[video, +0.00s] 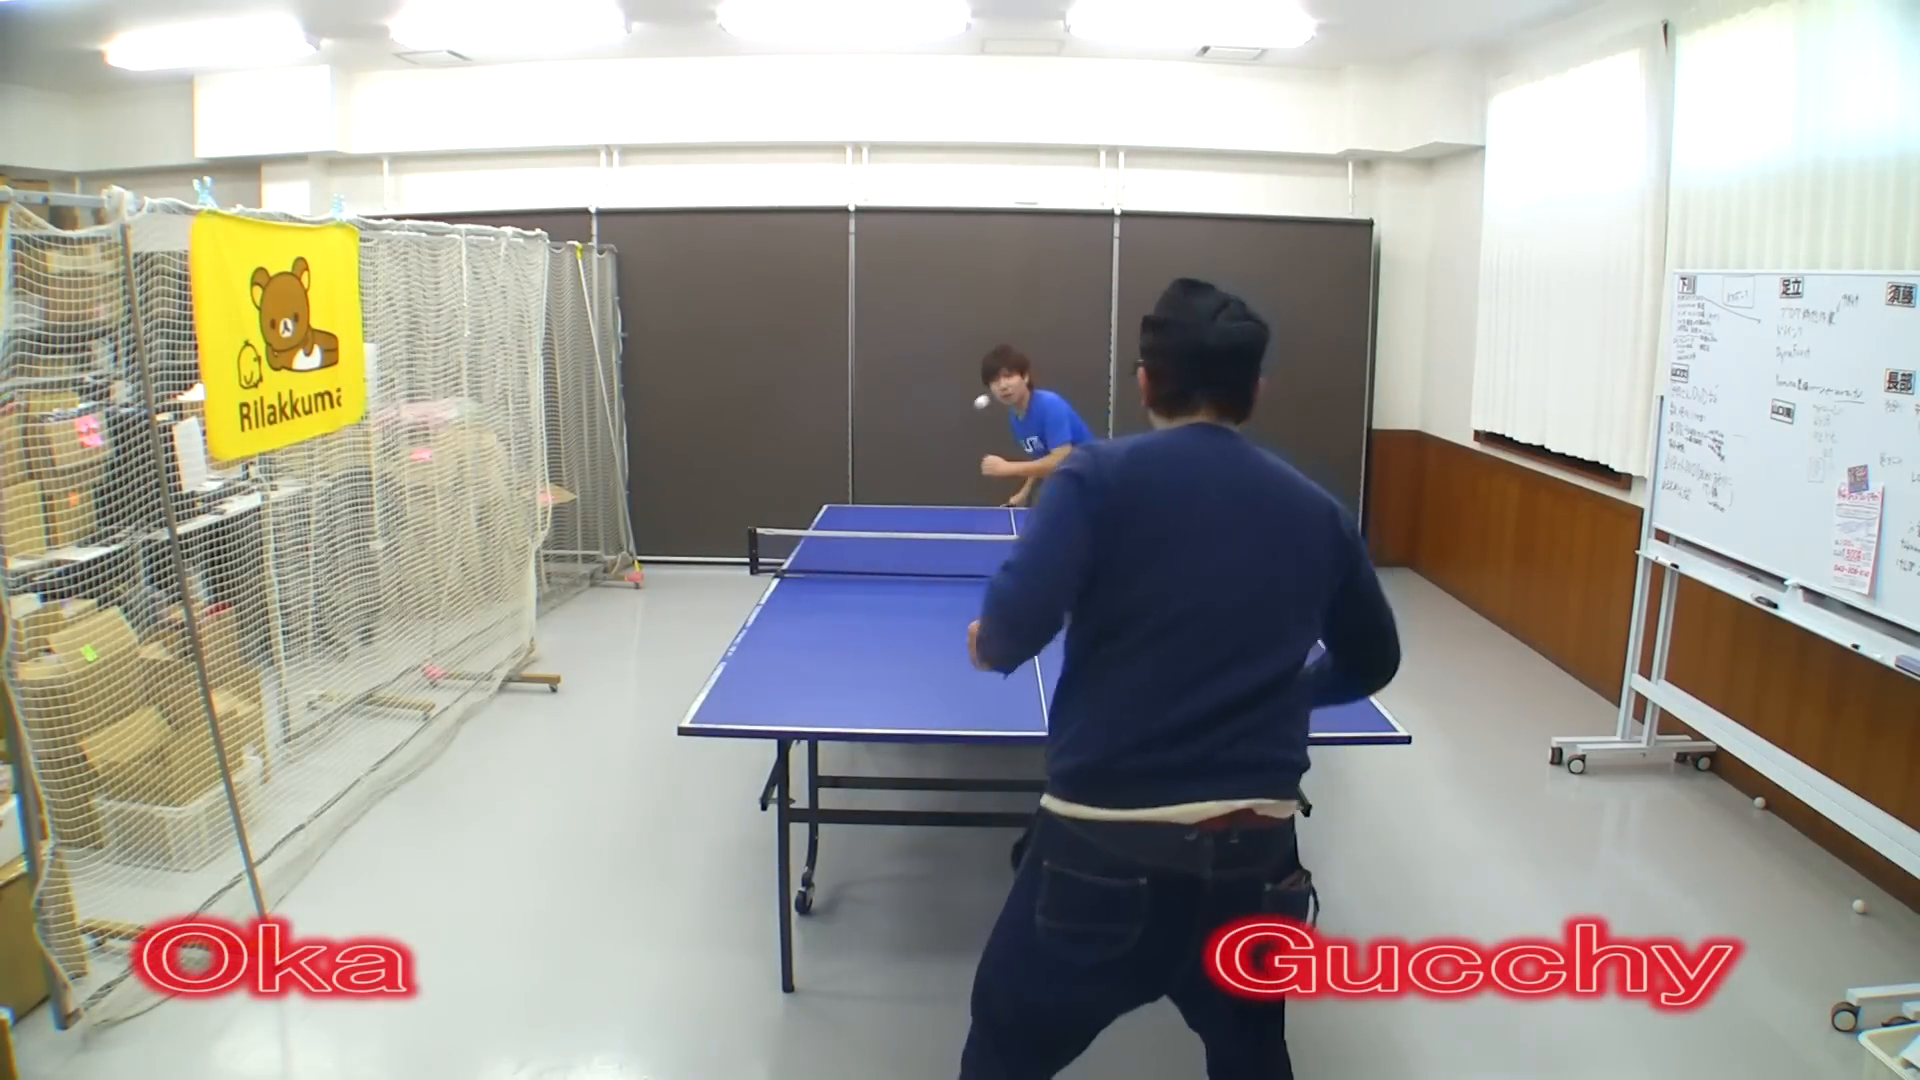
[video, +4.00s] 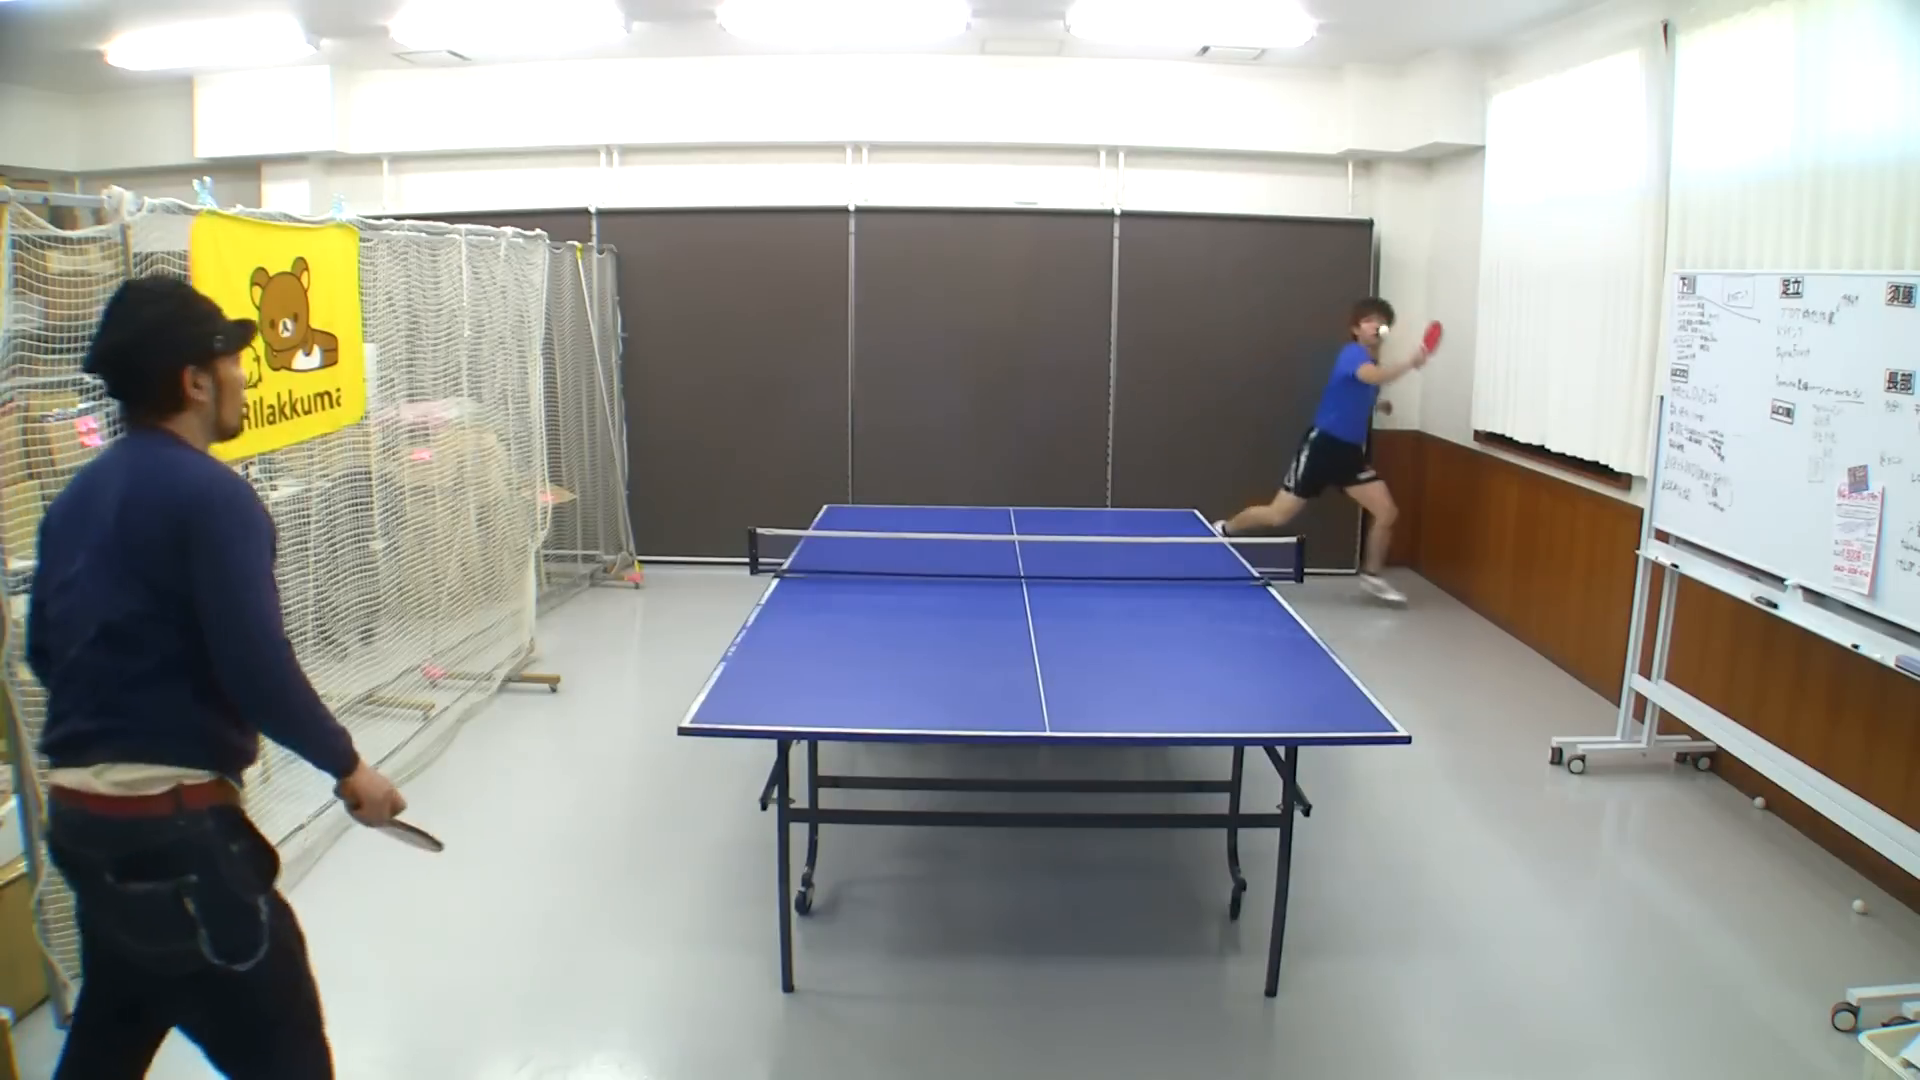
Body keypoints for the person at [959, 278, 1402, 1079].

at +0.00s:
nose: (1140, 376)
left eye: (1140, 366)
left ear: (1145, 383)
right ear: (1257, 390)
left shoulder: (1096, 477)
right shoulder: (1312, 506)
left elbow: (1018, 619)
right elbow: (1371, 657)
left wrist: (989, 644)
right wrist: (1275, 691)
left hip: (1102, 866)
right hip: (1255, 866)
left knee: (1004, 1058)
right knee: (1252, 1055)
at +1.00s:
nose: (1365, 371)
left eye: (1370, 361)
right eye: (1376, 359)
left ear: (1377, 375)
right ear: (1480, 399)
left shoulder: (1340, 449)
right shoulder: (1533, 530)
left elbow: (1285, 562)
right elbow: (1602, 659)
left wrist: (1161, 686)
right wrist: (1556, 788)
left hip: (1231, 828)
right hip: (1384, 869)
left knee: (1037, 997)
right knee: (1363, 1066)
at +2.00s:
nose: (1351, 363)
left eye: (1356, 349)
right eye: (1356, 347)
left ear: (1368, 366)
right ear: (1466, 374)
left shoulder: (1333, 484)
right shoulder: (1523, 512)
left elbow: (1302, 658)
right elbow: (1538, 678)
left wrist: (1210, 789)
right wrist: (1422, 705)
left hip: (1317, 882)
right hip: (1458, 882)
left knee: (1180, 1068)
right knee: (1450, 1069)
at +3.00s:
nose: (352, 399)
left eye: (345, 382)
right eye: (344, 384)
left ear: (234, 419)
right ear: (326, 409)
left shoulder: (290, 507)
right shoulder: (235, 565)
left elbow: (352, 547)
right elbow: (274, 676)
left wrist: (419, 577)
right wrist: (346, 569)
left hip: (229, 873)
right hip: (293, 898)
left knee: (206, 1042)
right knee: (384, 1066)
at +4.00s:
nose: (245, 371)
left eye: (239, 354)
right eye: (233, 356)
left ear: (140, 386)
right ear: (194, 381)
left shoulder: (78, 496)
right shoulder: (213, 495)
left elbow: (46, 648)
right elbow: (259, 667)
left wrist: (182, 710)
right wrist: (351, 768)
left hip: (86, 822)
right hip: (177, 830)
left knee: (113, 1030)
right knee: (286, 1055)